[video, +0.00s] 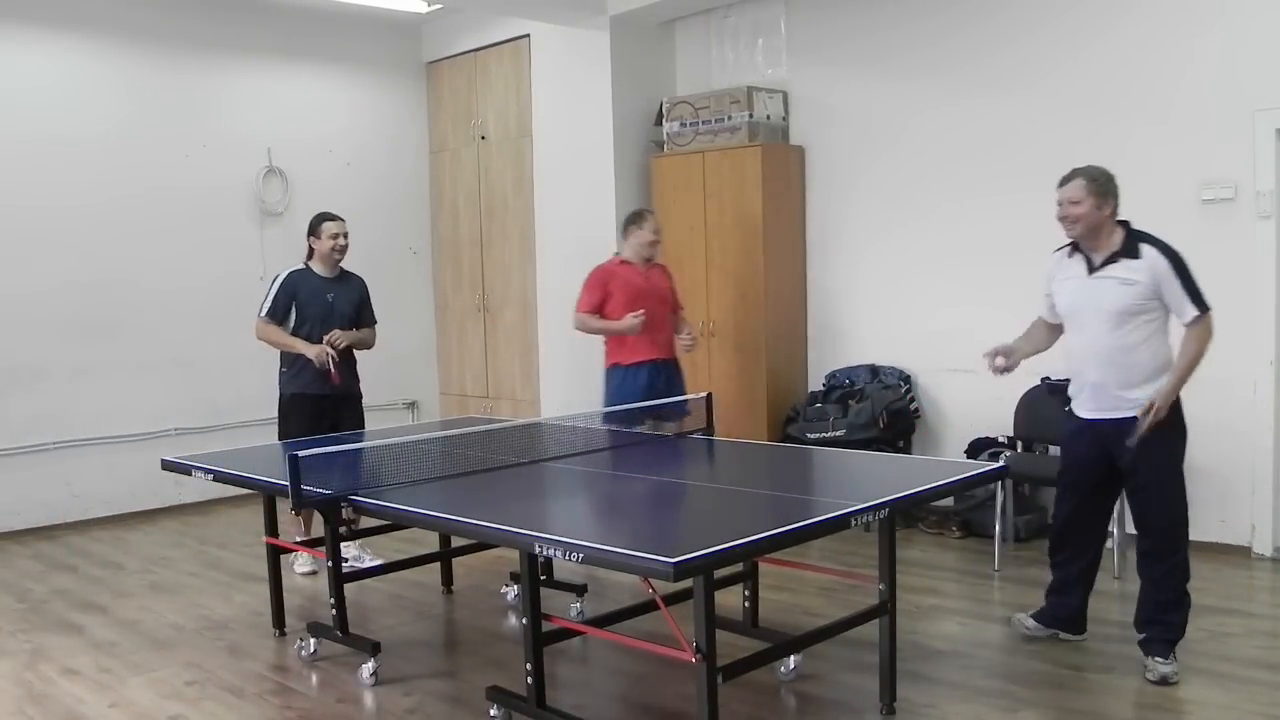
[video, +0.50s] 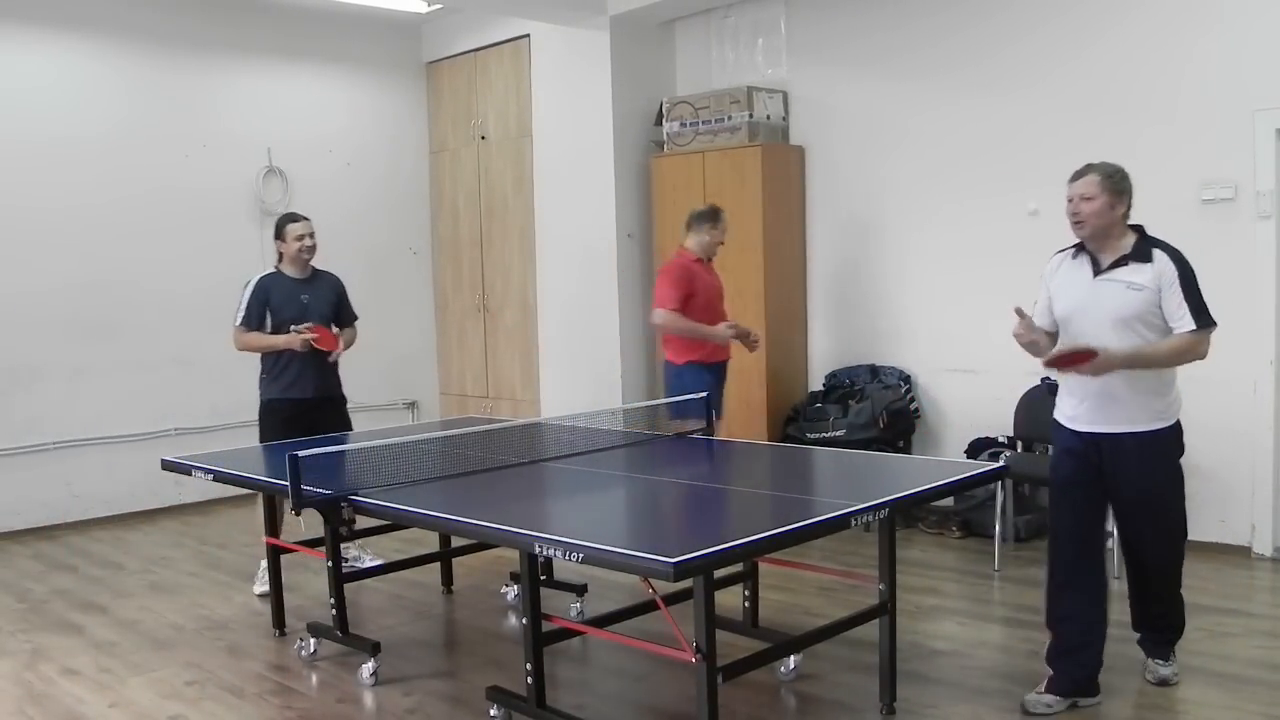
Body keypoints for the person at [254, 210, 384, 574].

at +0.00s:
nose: (342, 242)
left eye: (345, 236)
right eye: (334, 237)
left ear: (347, 241)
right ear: (313, 242)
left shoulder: (355, 284)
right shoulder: (291, 280)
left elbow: (369, 337)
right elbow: (263, 328)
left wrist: (350, 336)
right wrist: (306, 348)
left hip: (346, 394)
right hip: (301, 395)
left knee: (350, 466)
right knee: (301, 469)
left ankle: (346, 543)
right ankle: (302, 546)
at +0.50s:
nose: (310, 243)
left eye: (312, 236)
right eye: (301, 238)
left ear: (315, 241)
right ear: (281, 245)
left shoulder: (331, 283)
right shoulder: (263, 287)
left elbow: (350, 329)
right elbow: (242, 339)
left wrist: (341, 342)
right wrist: (287, 341)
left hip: (328, 402)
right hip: (281, 406)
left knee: (339, 476)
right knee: (276, 488)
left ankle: (342, 550)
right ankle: (270, 561)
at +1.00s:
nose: (272, 243)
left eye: (274, 236)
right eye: (262, 238)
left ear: (279, 238)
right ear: (243, 246)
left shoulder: (298, 279)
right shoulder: (229, 290)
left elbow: (317, 323)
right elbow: (214, 348)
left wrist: (311, 339)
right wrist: (263, 349)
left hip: (302, 402)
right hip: (255, 408)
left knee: (326, 474)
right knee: (257, 488)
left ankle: (342, 549)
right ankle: (267, 565)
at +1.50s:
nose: (310, 252)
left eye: (314, 245)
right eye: (302, 246)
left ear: (319, 248)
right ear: (282, 250)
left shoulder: (333, 289)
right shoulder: (262, 292)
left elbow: (347, 334)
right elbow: (239, 343)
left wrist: (337, 353)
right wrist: (282, 353)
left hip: (322, 405)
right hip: (274, 408)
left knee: (340, 476)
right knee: (268, 490)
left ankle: (348, 547)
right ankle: (267, 564)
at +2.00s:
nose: (332, 272)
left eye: (335, 265)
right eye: (323, 266)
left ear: (336, 267)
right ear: (300, 269)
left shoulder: (338, 308)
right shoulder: (274, 306)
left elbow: (343, 352)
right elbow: (248, 358)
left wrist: (347, 376)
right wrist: (299, 366)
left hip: (315, 414)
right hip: (267, 417)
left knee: (356, 468)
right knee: (246, 486)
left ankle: (356, 547)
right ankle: (220, 573)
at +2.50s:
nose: (310, 303)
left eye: (315, 296)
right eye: (302, 296)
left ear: (319, 296)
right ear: (280, 296)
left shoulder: (322, 334)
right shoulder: (250, 327)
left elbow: (325, 372)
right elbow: (216, 369)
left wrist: (312, 406)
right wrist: (248, 400)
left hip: (291, 413)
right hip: (242, 413)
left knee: (331, 471)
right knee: (227, 489)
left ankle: (342, 548)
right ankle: (215, 577)